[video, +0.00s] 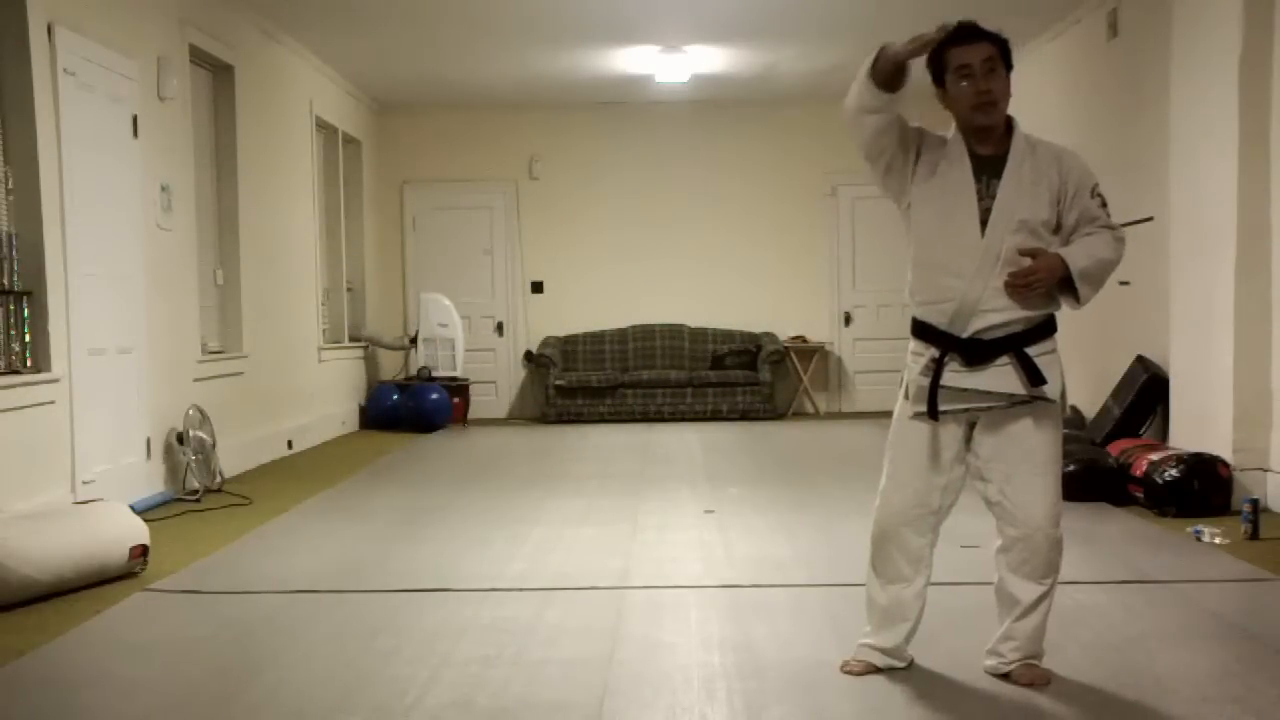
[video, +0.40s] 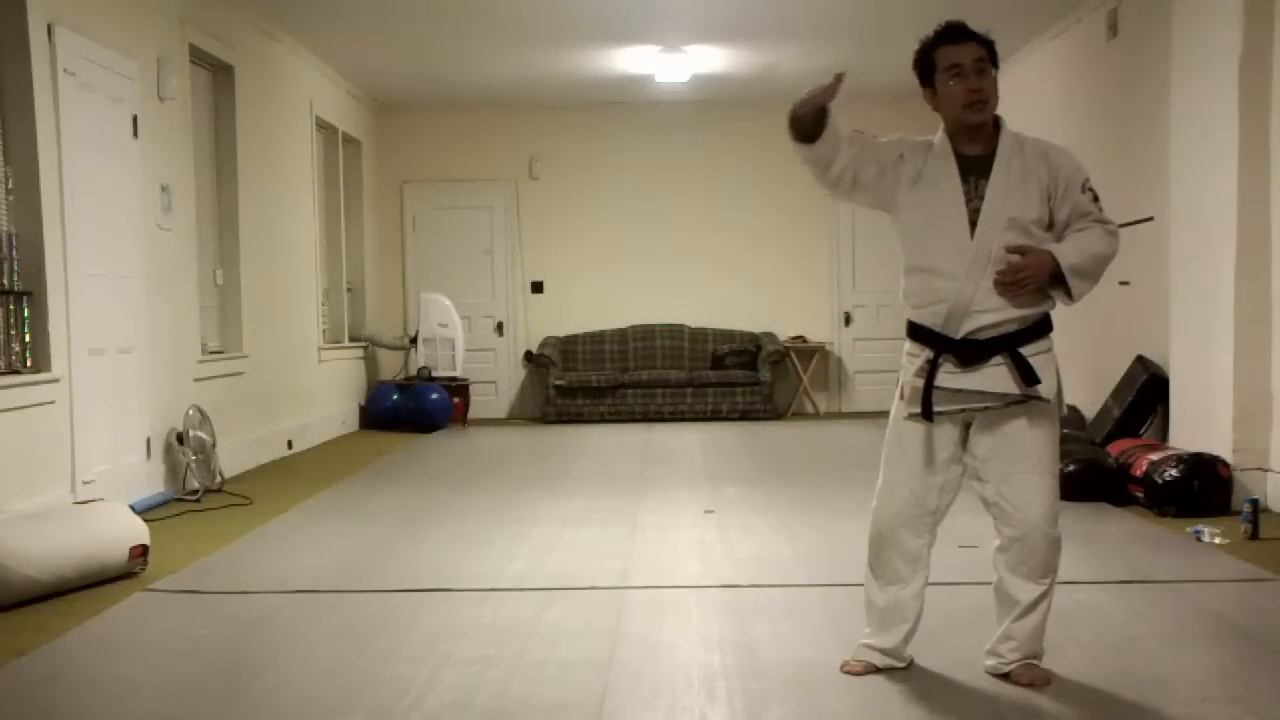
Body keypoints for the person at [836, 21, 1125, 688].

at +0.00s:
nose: (981, 85)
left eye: (991, 70)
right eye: (962, 76)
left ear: (1009, 80)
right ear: (941, 94)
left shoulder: (1059, 167)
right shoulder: (918, 162)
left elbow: (1106, 241)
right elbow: (869, 119)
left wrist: (1064, 266)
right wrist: (888, 62)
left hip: (1023, 367)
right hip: (933, 366)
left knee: (1035, 525)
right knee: (900, 516)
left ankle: (1017, 653)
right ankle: (884, 641)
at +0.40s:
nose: (974, 82)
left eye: (983, 68)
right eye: (956, 74)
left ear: (998, 80)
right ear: (930, 95)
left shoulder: (1049, 163)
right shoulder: (907, 164)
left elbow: (1100, 235)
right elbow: (841, 165)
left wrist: (1057, 262)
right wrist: (812, 124)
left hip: (1020, 369)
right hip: (931, 369)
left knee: (1033, 526)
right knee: (897, 518)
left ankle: (1016, 653)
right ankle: (884, 643)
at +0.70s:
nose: (973, 82)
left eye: (981, 68)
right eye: (954, 73)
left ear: (997, 81)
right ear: (929, 95)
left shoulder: (1048, 162)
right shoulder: (907, 163)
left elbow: (1098, 234)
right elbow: (843, 170)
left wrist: (1056, 262)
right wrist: (801, 141)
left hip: (1021, 368)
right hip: (932, 370)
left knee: (1034, 527)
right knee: (898, 519)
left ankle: (1017, 653)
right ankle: (884, 643)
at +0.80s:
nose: (974, 82)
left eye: (982, 69)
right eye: (955, 73)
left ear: (998, 81)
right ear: (930, 95)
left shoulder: (1048, 161)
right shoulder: (907, 162)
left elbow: (1099, 235)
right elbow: (840, 172)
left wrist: (1058, 262)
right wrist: (802, 141)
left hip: (1021, 369)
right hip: (933, 370)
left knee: (1034, 527)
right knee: (898, 519)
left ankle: (1017, 653)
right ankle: (884, 643)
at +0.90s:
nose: (977, 83)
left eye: (984, 69)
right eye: (957, 74)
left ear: (999, 80)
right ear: (931, 95)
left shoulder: (1049, 161)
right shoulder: (907, 163)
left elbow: (1100, 234)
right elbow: (842, 174)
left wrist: (1059, 262)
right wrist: (804, 142)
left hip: (1022, 370)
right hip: (933, 370)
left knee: (1035, 527)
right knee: (898, 519)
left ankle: (1018, 653)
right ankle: (884, 643)